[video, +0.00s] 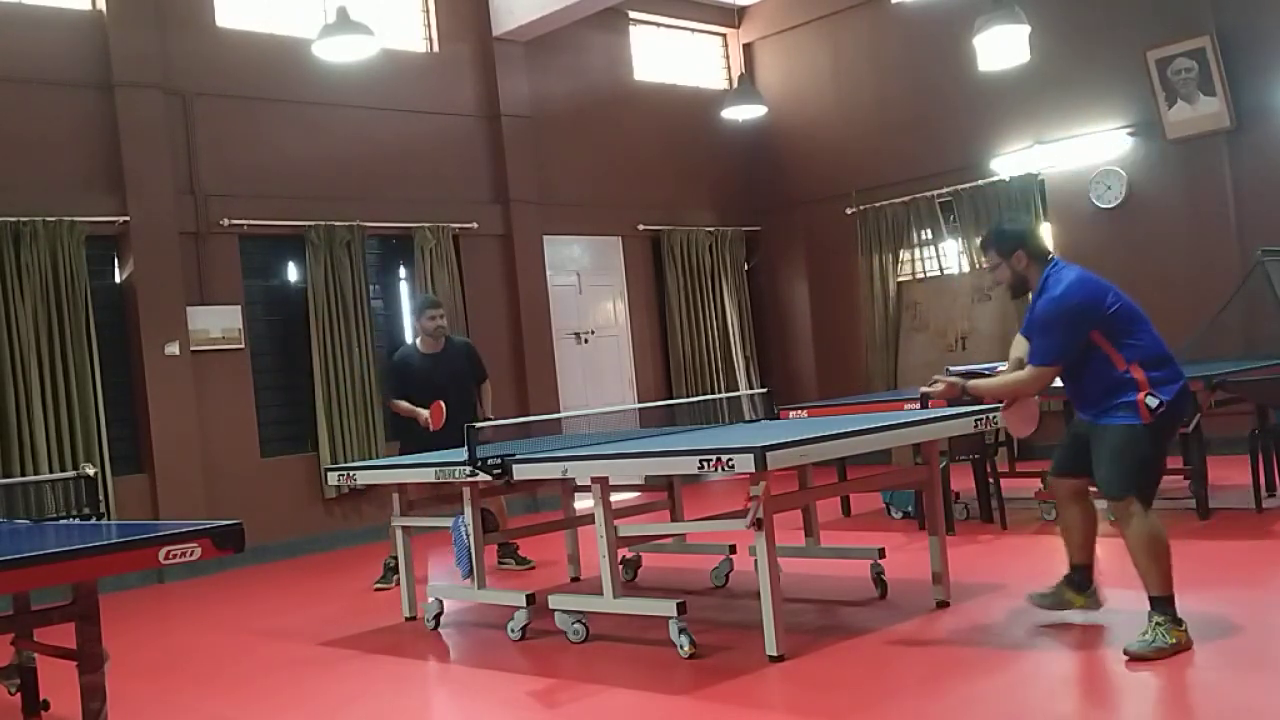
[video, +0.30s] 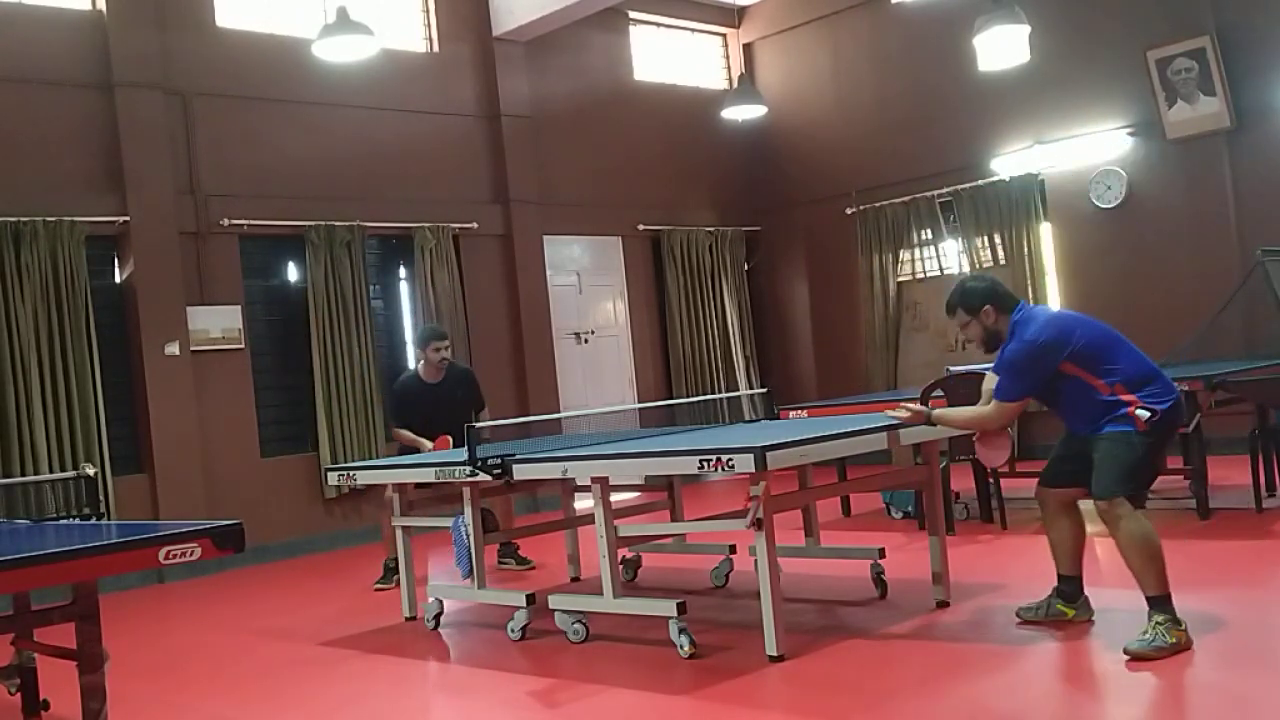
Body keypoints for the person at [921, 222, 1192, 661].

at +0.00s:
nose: (993, 278)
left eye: (995, 267)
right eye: (990, 270)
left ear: (1020, 258)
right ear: (1020, 260)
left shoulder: (1064, 295)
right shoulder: (1045, 292)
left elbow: (1035, 380)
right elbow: (1025, 340)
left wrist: (963, 387)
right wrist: (1012, 370)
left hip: (1142, 399)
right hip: (1103, 403)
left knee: (1124, 500)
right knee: (1065, 481)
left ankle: (1167, 622)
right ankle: (1079, 586)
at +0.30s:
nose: (965, 337)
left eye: (965, 326)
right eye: (960, 329)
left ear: (989, 313)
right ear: (990, 313)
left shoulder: (1030, 341)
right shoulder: (1019, 331)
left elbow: (995, 418)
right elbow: (992, 380)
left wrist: (928, 415)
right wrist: (990, 412)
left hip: (1139, 410)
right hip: (1095, 420)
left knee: (1113, 502)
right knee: (1054, 493)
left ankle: (1166, 621)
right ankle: (1070, 600)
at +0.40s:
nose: (958, 344)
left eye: (960, 334)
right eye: (954, 336)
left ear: (983, 321)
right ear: (986, 320)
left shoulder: (1024, 346)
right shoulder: (1015, 334)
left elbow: (990, 422)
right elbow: (987, 389)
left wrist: (924, 417)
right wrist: (990, 419)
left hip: (1136, 410)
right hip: (1094, 421)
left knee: (1111, 502)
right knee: (1050, 492)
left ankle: (1166, 621)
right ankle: (1070, 600)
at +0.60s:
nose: (953, 343)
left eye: (955, 333)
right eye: (950, 335)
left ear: (979, 321)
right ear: (981, 319)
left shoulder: (1021, 344)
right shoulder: (1012, 334)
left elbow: (987, 421)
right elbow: (984, 384)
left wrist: (922, 417)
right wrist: (983, 411)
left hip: (1133, 412)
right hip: (1089, 423)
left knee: (1107, 502)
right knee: (1045, 493)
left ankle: (1165, 622)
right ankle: (1069, 600)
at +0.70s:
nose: (954, 333)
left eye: (955, 323)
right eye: (950, 326)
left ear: (980, 313)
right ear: (982, 312)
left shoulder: (1020, 337)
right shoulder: (1012, 330)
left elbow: (987, 414)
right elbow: (986, 390)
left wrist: (921, 415)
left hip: (1129, 411)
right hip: (1085, 420)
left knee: (1105, 504)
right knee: (1044, 495)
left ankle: (1165, 622)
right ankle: (1069, 600)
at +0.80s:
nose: (956, 309)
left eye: (958, 298)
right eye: (953, 300)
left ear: (985, 290)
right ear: (988, 290)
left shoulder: (1017, 321)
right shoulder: (1017, 314)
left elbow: (983, 397)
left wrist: (917, 408)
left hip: (1119, 409)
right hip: (1083, 416)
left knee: (1102, 502)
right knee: (1044, 492)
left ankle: (1166, 622)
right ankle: (1069, 599)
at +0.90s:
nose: (967, 263)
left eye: (971, 255)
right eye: (967, 255)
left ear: (996, 254)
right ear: (1000, 255)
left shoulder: (1021, 291)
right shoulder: (1013, 290)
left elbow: (965, 353)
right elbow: (983, 343)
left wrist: (900, 376)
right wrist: (981, 372)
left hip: (1109, 406)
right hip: (1070, 412)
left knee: (1106, 503)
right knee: (1051, 494)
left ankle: (1165, 621)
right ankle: (1068, 598)